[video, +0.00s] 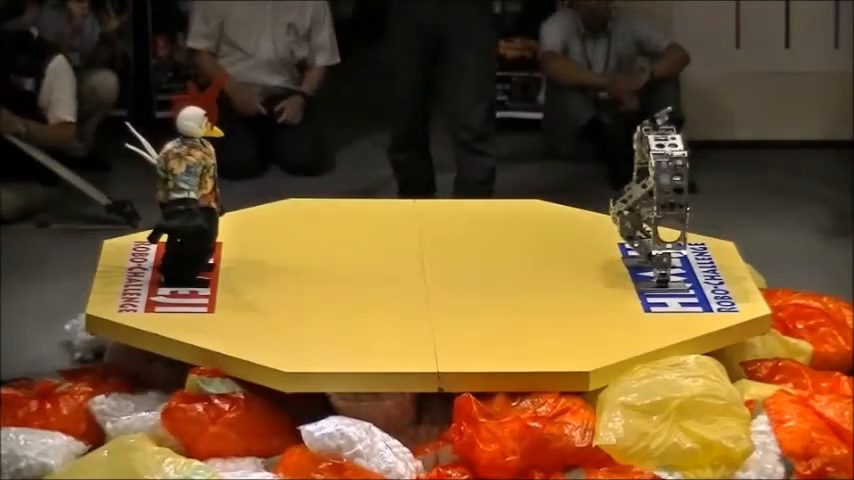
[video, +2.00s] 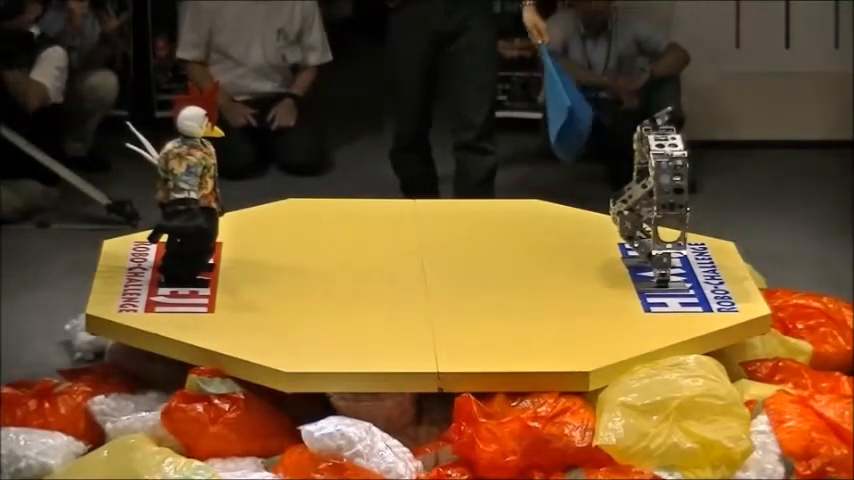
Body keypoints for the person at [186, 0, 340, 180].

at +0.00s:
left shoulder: (313, 5)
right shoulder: (213, 5)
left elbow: (321, 58)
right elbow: (201, 53)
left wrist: (301, 97)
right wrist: (234, 90)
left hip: (286, 93)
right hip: (234, 93)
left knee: (305, 161)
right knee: (237, 165)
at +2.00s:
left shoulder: (302, 5)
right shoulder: (203, 5)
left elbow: (312, 61)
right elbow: (192, 61)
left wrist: (291, 100)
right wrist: (226, 105)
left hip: (280, 97)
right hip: (229, 101)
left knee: (305, 160)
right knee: (236, 163)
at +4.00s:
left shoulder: (301, 5)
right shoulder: (202, 5)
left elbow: (310, 62)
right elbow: (191, 62)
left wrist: (291, 100)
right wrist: (226, 106)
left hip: (279, 99)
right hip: (227, 102)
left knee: (307, 161)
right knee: (238, 163)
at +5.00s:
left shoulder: (301, 5)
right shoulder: (196, 6)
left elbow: (317, 49)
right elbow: (187, 59)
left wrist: (299, 81)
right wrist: (220, 82)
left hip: (280, 97)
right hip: (229, 99)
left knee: (306, 161)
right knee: (237, 164)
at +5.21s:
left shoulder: (301, 4)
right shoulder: (197, 5)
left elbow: (320, 45)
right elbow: (183, 54)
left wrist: (296, 57)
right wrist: (215, 53)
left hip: (283, 99)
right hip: (227, 100)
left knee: (306, 162)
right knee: (236, 165)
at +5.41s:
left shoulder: (297, 3)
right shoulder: (197, 4)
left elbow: (322, 42)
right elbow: (183, 55)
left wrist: (294, 32)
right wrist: (213, 34)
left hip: (283, 99)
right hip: (228, 103)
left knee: (306, 162)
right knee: (236, 166)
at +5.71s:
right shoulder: (198, 5)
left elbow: (320, 31)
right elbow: (186, 48)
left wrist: (296, 16)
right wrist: (211, 15)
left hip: (279, 96)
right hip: (221, 99)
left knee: (307, 162)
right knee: (239, 166)